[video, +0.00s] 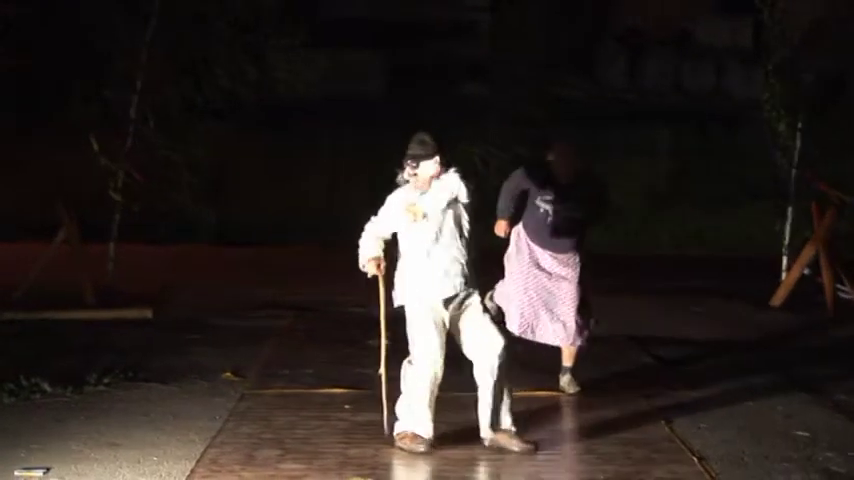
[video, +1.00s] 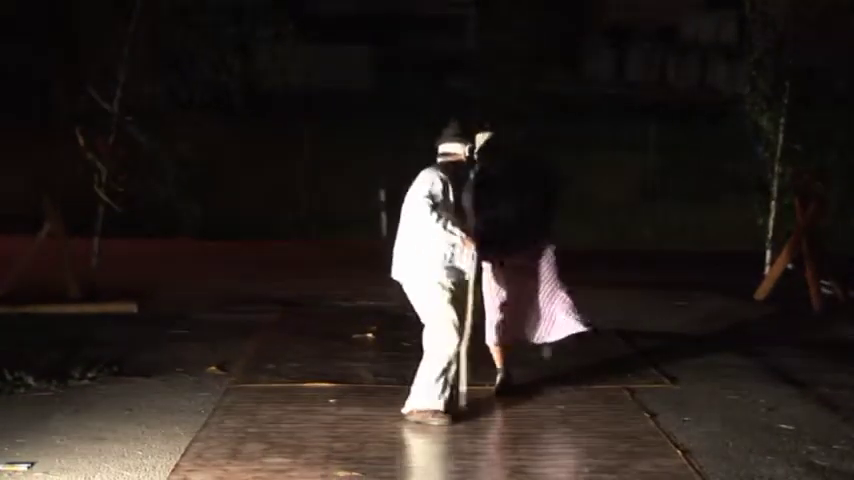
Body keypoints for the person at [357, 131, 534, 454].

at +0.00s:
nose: (416, 170)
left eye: (424, 162)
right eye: (414, 163)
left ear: (437, 163)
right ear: (409, 166)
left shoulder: (453, 188)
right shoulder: (401, 200)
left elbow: (455, 190)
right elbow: (374, 230)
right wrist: (372, 253)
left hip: (461, 292)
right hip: (420, 295)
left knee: (491, 348)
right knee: (428, 360)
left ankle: (497, 428)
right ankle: (409, 429)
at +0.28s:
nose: (448, 165)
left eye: (448, 159)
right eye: (440, 159)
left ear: (447, 161)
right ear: (419, 160)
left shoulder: (451, 195)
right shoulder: (392, 196)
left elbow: (476, 208)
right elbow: (358, 231)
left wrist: (437, 202)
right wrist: (372, 267)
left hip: (452, 288)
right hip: (413, 288)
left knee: (485, 337)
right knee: (428, 352)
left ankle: (473, 411)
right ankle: (403, 424)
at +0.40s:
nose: (449, 175)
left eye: (451, 169)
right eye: (444, 168)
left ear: (450, 169)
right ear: (426, 164)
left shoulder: (455, 199)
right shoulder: (397, 194)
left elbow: (484, 240)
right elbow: (365, 234)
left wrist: (469, 236)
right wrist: (390, 262)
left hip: (449, 288)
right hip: (411, 288)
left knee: (474, 341)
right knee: (422, 351)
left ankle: (449, 407)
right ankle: (400, 422)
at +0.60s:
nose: (460, 154)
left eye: (461, 148)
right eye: (454, 148)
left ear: (460, 151)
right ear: (435, 149)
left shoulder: (462, 183)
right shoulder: (413, 173)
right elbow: (374, 188)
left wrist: (491, 242)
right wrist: (404, 220)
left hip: (453, 282)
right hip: (417, 280)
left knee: (452, 347)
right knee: (415, 344)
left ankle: (439, 409)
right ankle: (398, 415)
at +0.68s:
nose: (459, 145)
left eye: (462, 139)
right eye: (452, 139)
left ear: (466, 143)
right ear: (437, 140)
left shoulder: (466, 174)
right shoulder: (423, 167)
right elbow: (386, 171)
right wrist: (409, 210)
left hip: (454, 274)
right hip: (421, 273)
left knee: (451, 345)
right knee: (418, 339)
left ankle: (440, 408)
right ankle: (399, 408)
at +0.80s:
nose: (463, 146)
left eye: (465, 140)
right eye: (458, 140)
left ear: (464, 143)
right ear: (443, 139)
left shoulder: (461, 175)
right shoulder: (417, 164)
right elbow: (404, 175)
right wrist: (427, 208)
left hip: (449, 264)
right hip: (421, 263)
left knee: (435, 328)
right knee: (438, 326)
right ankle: (413, 397)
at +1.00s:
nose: (470, 158)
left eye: (469, 152)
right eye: (468, 152)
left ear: (444, 152)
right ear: (460, 153)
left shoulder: (452, 183)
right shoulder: (433, 177)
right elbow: (430, 217)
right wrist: (462, 239)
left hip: (442, 272)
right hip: (423, 271)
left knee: (447, 334)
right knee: (446, 332)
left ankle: (435, 401)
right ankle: (422, 403)